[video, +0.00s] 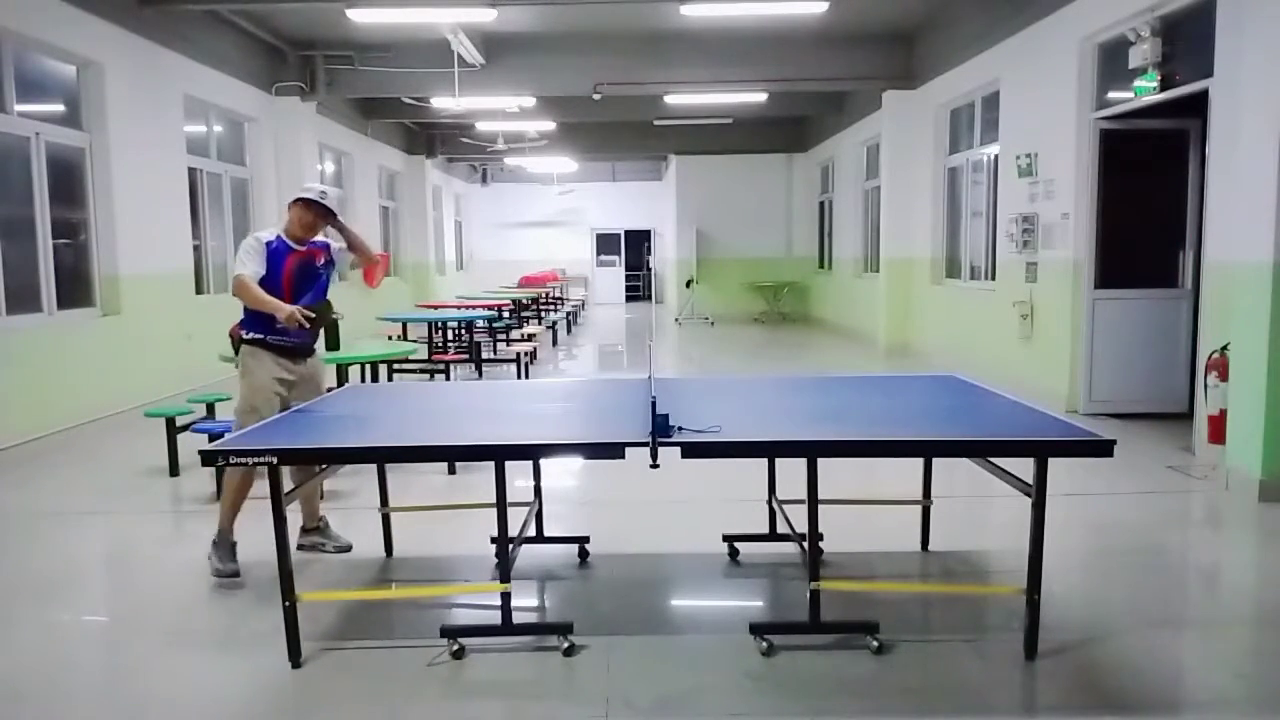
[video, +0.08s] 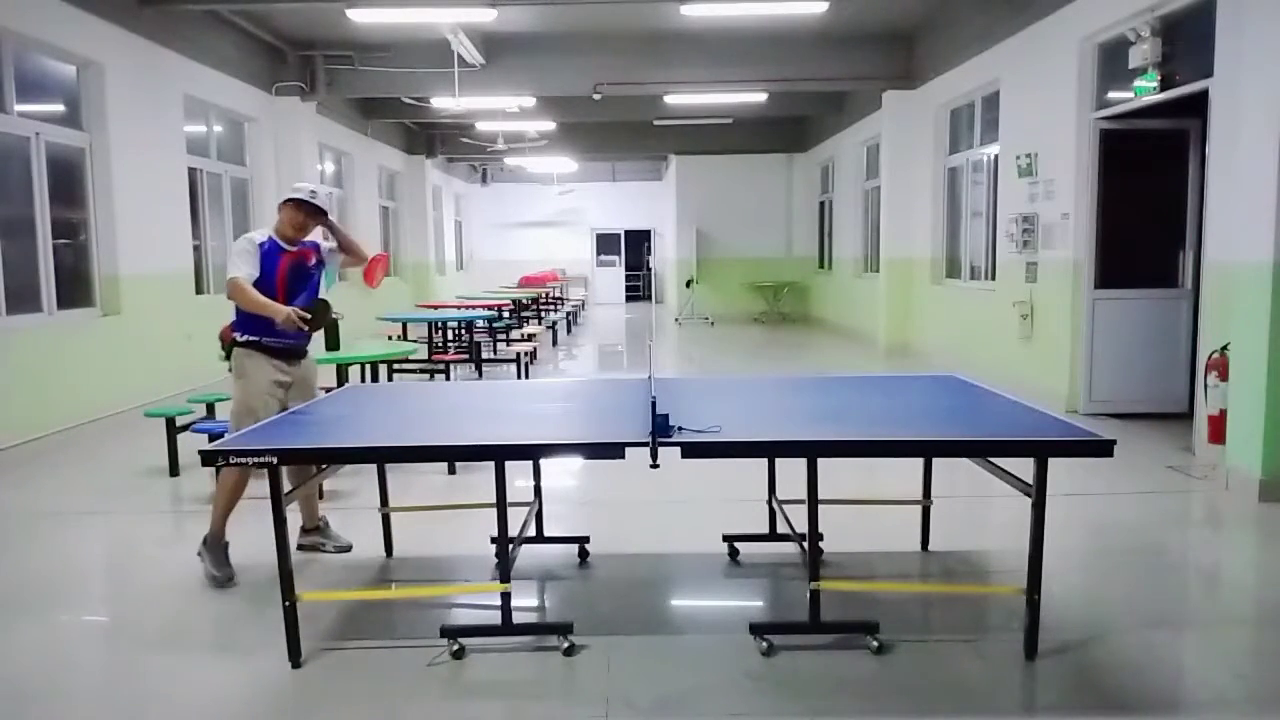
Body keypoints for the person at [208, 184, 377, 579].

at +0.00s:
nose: (315, 222)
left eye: (321, 217)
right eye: (310, 211)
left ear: (324, 223)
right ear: (293, 208)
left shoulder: (325, 251)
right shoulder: (259, 242)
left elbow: (368, 260)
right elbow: (242, 286)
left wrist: (341, 226)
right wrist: (281, 309)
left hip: (307, 358)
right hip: (262, 356)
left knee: (309, 443)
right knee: (248, 446)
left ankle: (313, 526)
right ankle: (224, 538)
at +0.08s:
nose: (303, 221)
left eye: (311, 217)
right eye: (299, 210)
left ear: (316, 223)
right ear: (282, 208)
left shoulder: (315, 251)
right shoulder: (251, 244)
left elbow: (357, 258)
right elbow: (236, 289)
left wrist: (331, 225)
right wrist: (280, 311)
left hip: (301, 360)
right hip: (257, 358)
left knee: (305, 444)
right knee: (246, 450)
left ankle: (313, 527)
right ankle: (215, 540)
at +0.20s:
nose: (291, 222)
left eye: (299, 218)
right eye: (286, 212)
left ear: (303, 225)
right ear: (269, 211)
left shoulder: (302, 251)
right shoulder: (239, 247)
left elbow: (343, 262)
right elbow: (230, 295)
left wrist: (320, 229)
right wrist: (275, 317)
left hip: (289, 364)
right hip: (246, 363)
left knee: (302, 446)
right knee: (239, 454)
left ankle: (312, 527)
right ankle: (208, 547)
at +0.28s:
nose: (281, 229)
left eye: (287, 224)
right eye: (276, 220)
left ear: (287, 228)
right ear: (256, 215)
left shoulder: (284, 254)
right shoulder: (226, 251)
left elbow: (324, 265)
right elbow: (222, 301)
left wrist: (303, 233)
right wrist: (272, 324)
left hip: (274, 372)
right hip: (231, 371)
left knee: (300, 446)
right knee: (230, 461)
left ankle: (312, 528)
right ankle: (206, 552)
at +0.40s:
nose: (271, 228)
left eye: (275, 223)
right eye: (265, 220)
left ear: (273, 225)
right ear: (241, 215)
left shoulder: (271, 254)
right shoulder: (213, 253)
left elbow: (311, 270)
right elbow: (218, 305)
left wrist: (290, 235)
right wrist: (270, 333)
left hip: (260, 374)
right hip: (219, 374)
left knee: (288, 452)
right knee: (221, 466)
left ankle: (296, 530)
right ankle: (205, 553)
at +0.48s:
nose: (259, 219)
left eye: (262, 211)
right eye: (251, 211)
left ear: (264, 213)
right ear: (225, 210)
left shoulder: (261, 251)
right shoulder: (202, 250)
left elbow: (297, 276)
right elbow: (209, 304)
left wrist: (288, 233)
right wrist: (264, 333)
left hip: (255, 368)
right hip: (213, 369)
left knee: (267, 454)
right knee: (214, 462)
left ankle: (275, 537)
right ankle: (205, 552)